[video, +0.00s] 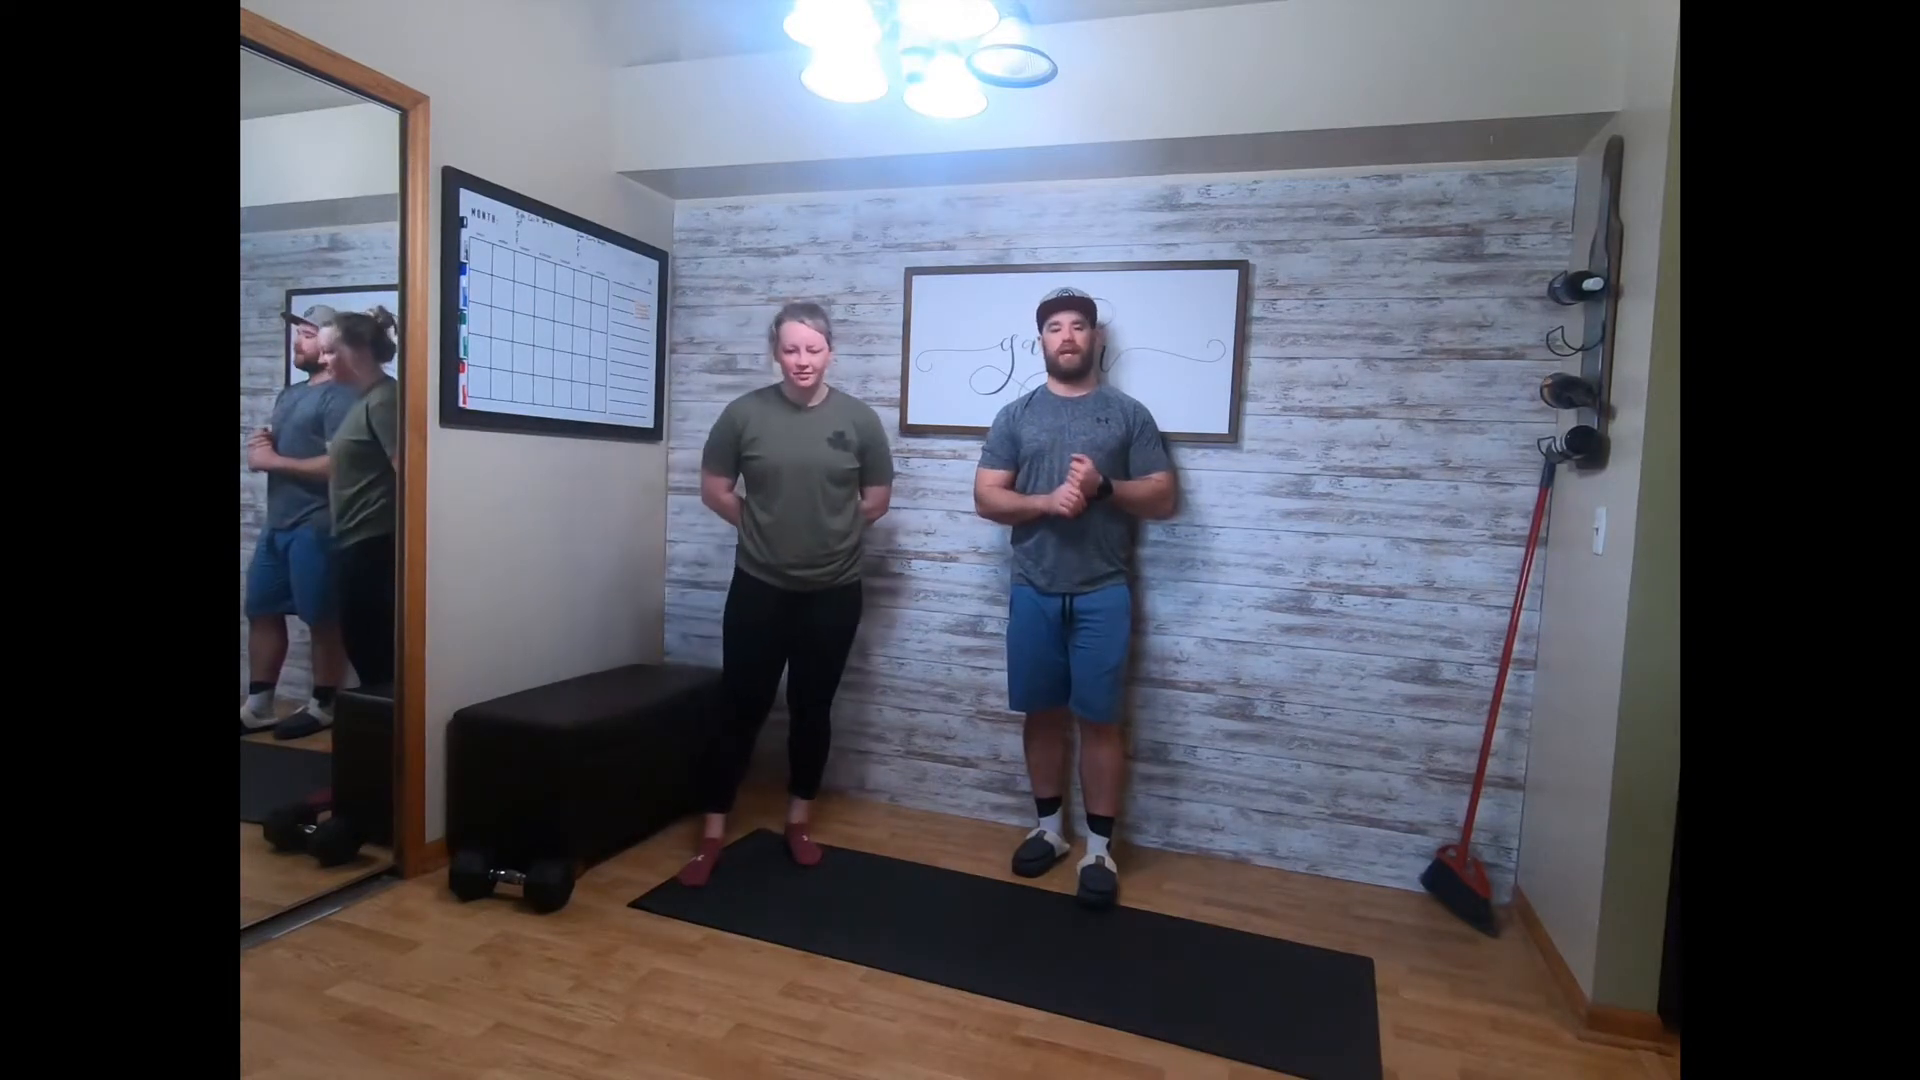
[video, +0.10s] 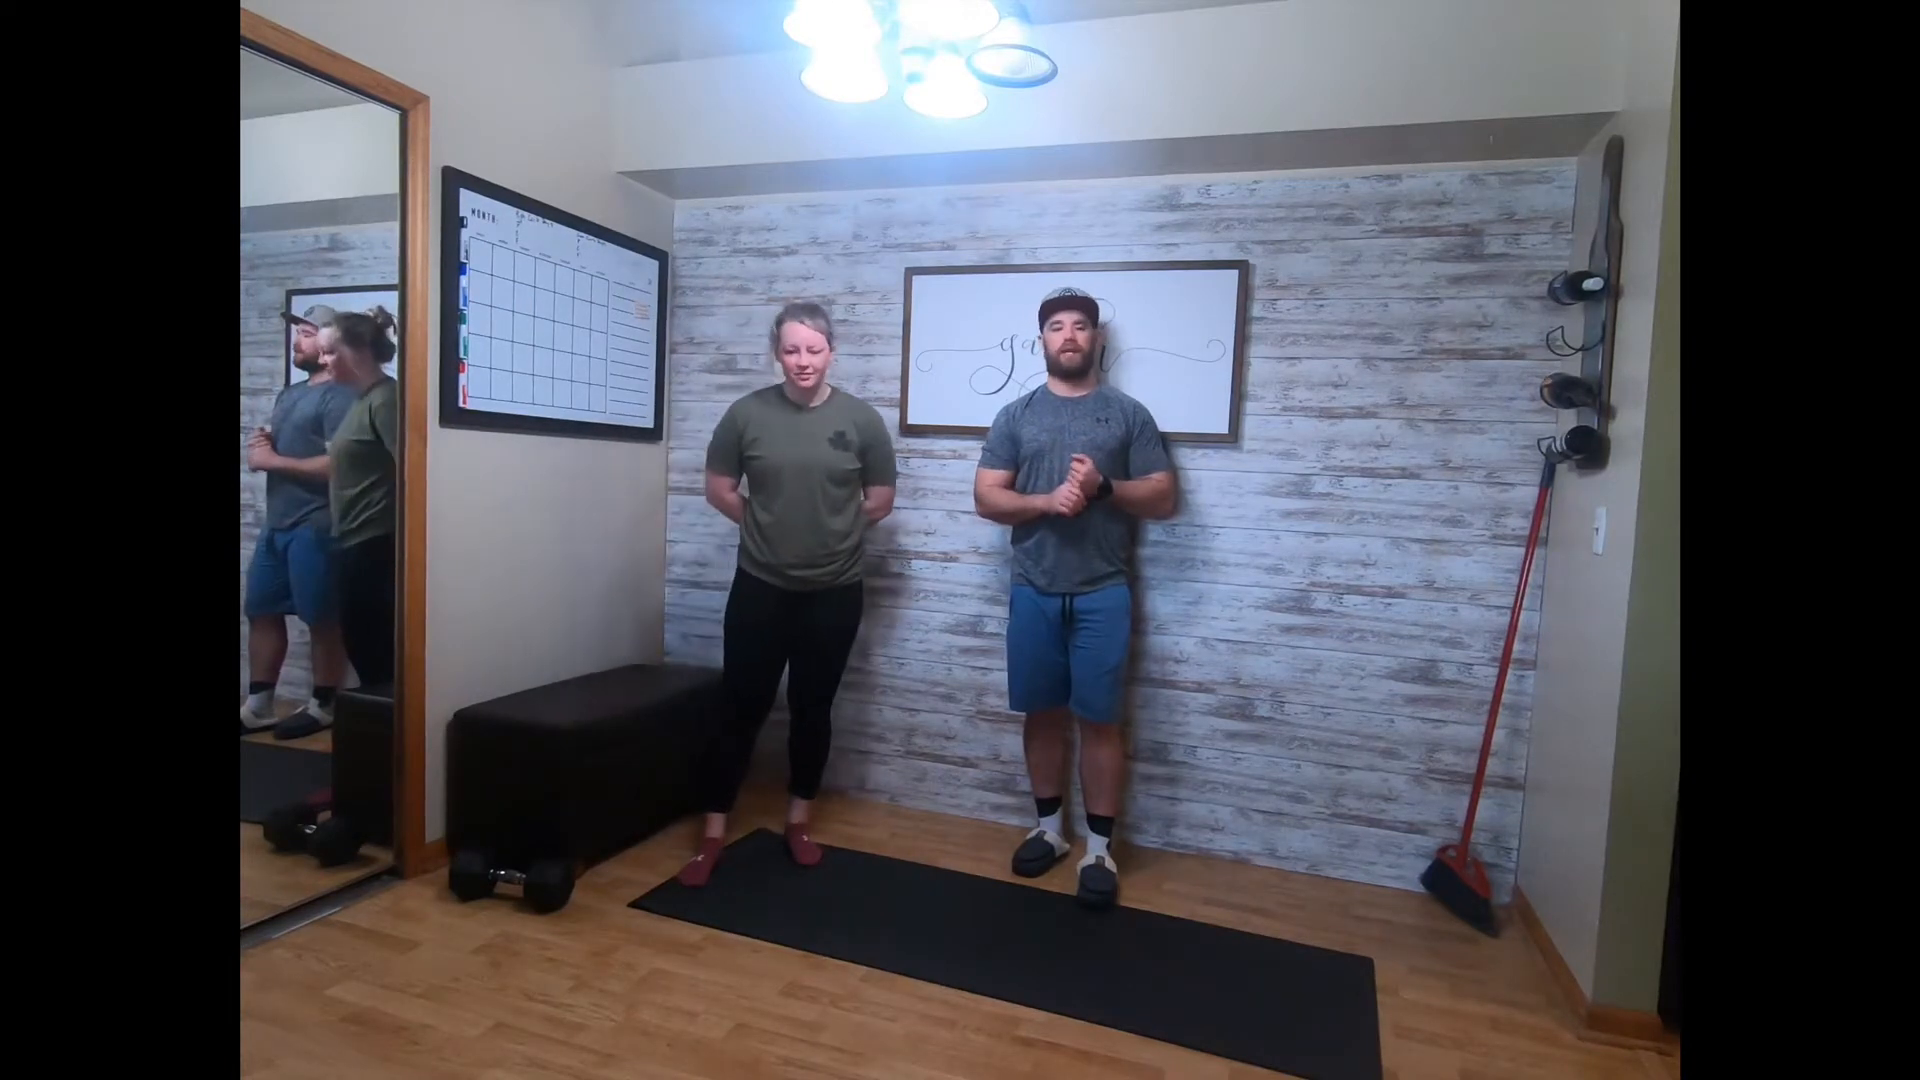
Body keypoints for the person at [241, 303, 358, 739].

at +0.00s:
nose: (298, 339)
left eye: (308, 333)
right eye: (298, 332)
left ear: (329, 344)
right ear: (299, 341)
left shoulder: (342, 397)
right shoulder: (289, 395)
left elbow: (339, 465)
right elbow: (278, 443)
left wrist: (275, 461)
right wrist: (264, 441)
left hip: (319, 525)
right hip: (278, 524)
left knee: (322, 619)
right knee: (263, 610)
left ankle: (323, 707)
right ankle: (260, 703)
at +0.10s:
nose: (297, 339)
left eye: (307, 333)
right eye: (297, 332)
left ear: (328, 344)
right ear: (300, 341)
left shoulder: (342, 396)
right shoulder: (289, 394)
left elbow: (339, 465)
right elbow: (279, 442)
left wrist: (274, 461)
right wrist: (263, 441)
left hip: (318, 525)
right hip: (277, 524)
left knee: (322, 619)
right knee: (263, 610)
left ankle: (323, 707)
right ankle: (259, 704)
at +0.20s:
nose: (297, 338)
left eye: (307, 332)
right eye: (297, 331)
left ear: (329, 344)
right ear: (301, 341)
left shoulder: (340, 396)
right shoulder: (289, 394)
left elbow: (340, 465)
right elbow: (278, 441)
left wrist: (274, 461)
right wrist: (263, 440)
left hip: (318, 525)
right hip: (277, 524)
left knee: (322, 619)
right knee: (264, 611)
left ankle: (323, 707)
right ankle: (259, 704)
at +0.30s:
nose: (296, 337)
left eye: (307, 332)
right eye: (298, 330)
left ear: (329, 345)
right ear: (301, 342)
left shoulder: (339, 397)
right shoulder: (287, 395)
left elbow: (339, 464)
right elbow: (275, 440)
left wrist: (274, 462)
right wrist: (262, 441)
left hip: (317, 524)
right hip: (276, 523)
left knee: (322, 618)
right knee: (265, 611)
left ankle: (323, 707)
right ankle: (259, 703)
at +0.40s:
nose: (293, 337)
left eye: (304, 332)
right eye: (295, 331)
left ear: (327, 345)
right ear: (300, 342)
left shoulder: (338, 397)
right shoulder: (287, 396)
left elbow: (338, 464)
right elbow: (278, 442)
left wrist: (274, 462)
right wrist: (264, 442)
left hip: (317, 523)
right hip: (278, 524)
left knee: (322, 618)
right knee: (265, 611)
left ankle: (324, 707)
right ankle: (259, 703)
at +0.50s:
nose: (293, 338)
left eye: (304, 333)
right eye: (295, 332)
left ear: (327, 346)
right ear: (299, 343)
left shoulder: (338, 397)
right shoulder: (288, 396)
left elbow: (337, 464)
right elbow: (280, 444)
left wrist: (274, 462)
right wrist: (264, 442)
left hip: (317, 523)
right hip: (278, 524)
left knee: (322, 617)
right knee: (264, 610)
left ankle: (324, 706)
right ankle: (259, 704)